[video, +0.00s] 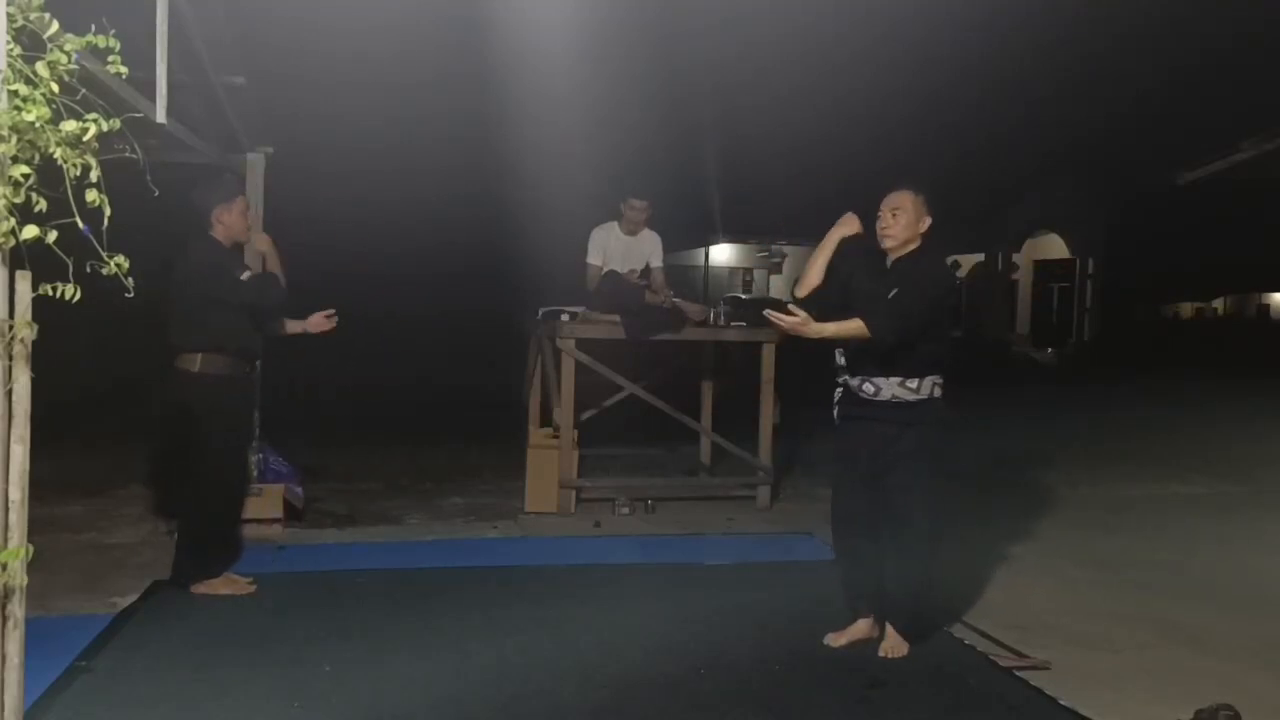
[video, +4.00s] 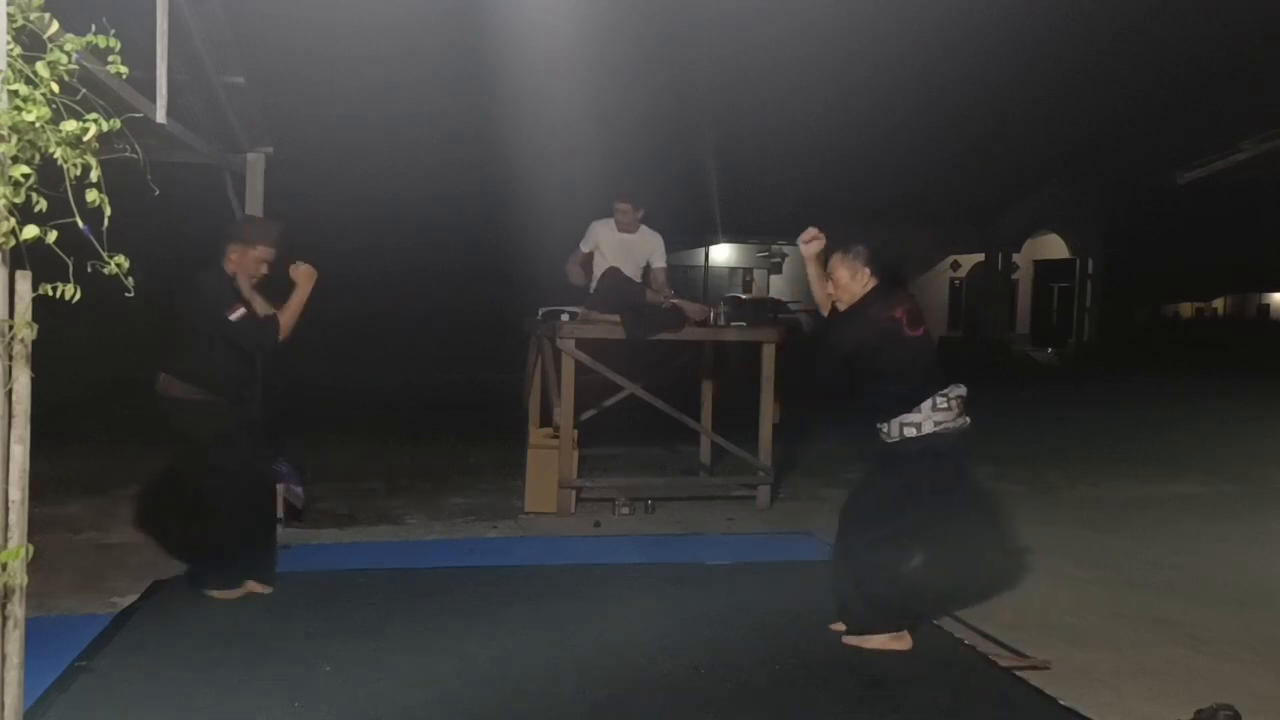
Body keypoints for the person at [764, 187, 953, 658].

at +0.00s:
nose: (884, 221)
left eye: (895, 213)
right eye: (880, 215)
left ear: (924, 224)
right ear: (875, 224)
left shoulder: (935, 274)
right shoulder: (860, 263)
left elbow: (889, 324)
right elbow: (806, 296)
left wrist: (818, 330)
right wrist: (833, 237)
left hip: (911, 415)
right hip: (857, 411)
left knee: (905, 517)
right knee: (852, 513)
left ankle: (899, 625)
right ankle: (864, 616)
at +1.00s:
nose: (846, 303)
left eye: (857, 294)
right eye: (841, 294)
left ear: (884, 297)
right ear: (835, 297)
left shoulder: (903, 343)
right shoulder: (828, 330)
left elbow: (884, 405)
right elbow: (762, 349)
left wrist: (814, 380)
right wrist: (760, 315)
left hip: (885, 456)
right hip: (830, 450)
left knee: (896, 539)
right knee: (804, 513)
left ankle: (897, 626)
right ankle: (792, 562)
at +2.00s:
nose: (850, 290)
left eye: (859, 281)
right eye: (845, 283)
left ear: (887, 282)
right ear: (841, 287)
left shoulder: (914, 322)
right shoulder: (829, 325)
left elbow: (888, 349)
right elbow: (783, 388)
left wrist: (818, 325)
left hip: (898, 449)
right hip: (841, 443)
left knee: (891, 533)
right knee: (812, 514)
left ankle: (895, 623)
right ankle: (809, 568)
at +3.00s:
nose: (846, 295)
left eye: (852, 285)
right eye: (847, 285)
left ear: (878, 282)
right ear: (887, 282)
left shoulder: (864, 333)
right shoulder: (933, 318)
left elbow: (852, 409)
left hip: (923, 477)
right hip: (957, 472)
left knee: (954, 596)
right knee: (870, 524)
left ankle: (1030, 703)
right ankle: (867, 613)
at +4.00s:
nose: (830, 287)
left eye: (836, 277)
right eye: (829, 278)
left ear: (863, 277)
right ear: (865, 275)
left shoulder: (866, 321)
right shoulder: (894, 303)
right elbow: (835, 319)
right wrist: (812, 263)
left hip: (912, 454)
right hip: (927, 445)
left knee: (861, 528)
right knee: (866, 521)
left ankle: (888, 629)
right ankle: (866, 611)